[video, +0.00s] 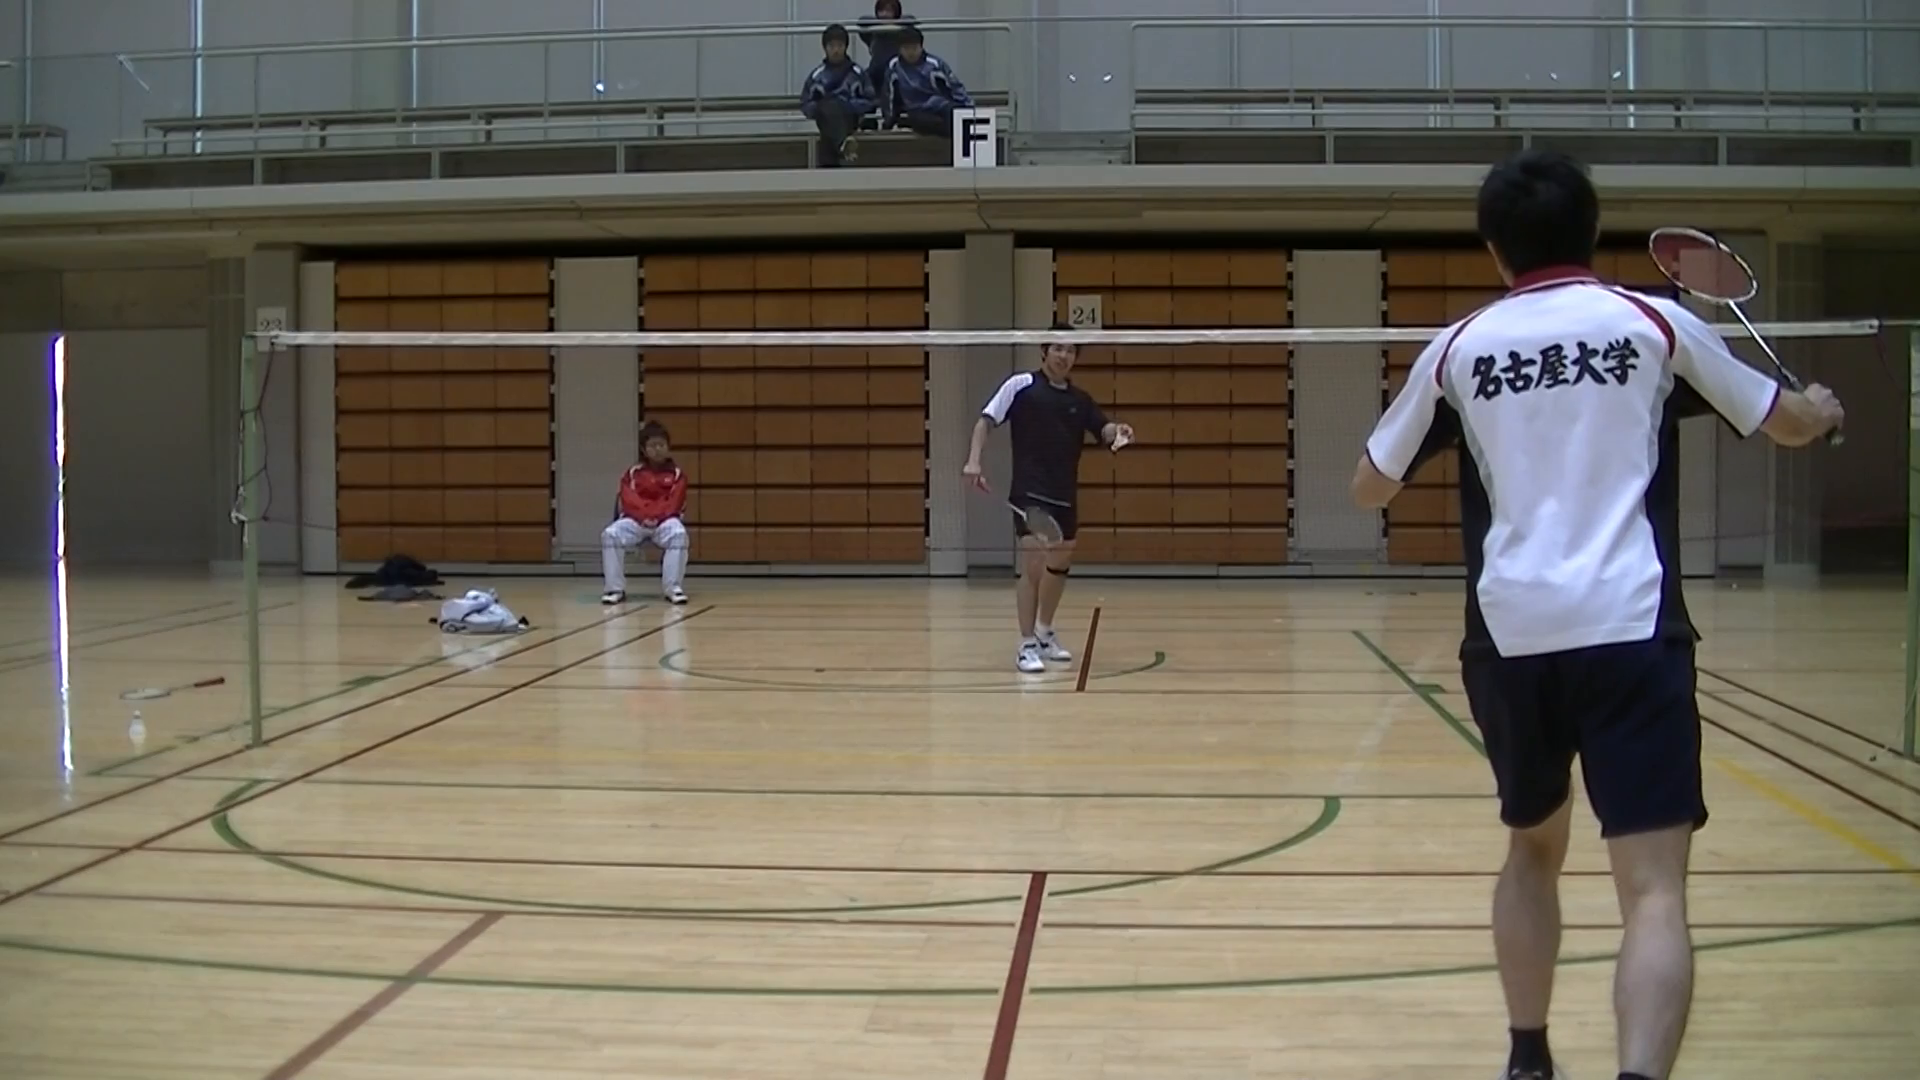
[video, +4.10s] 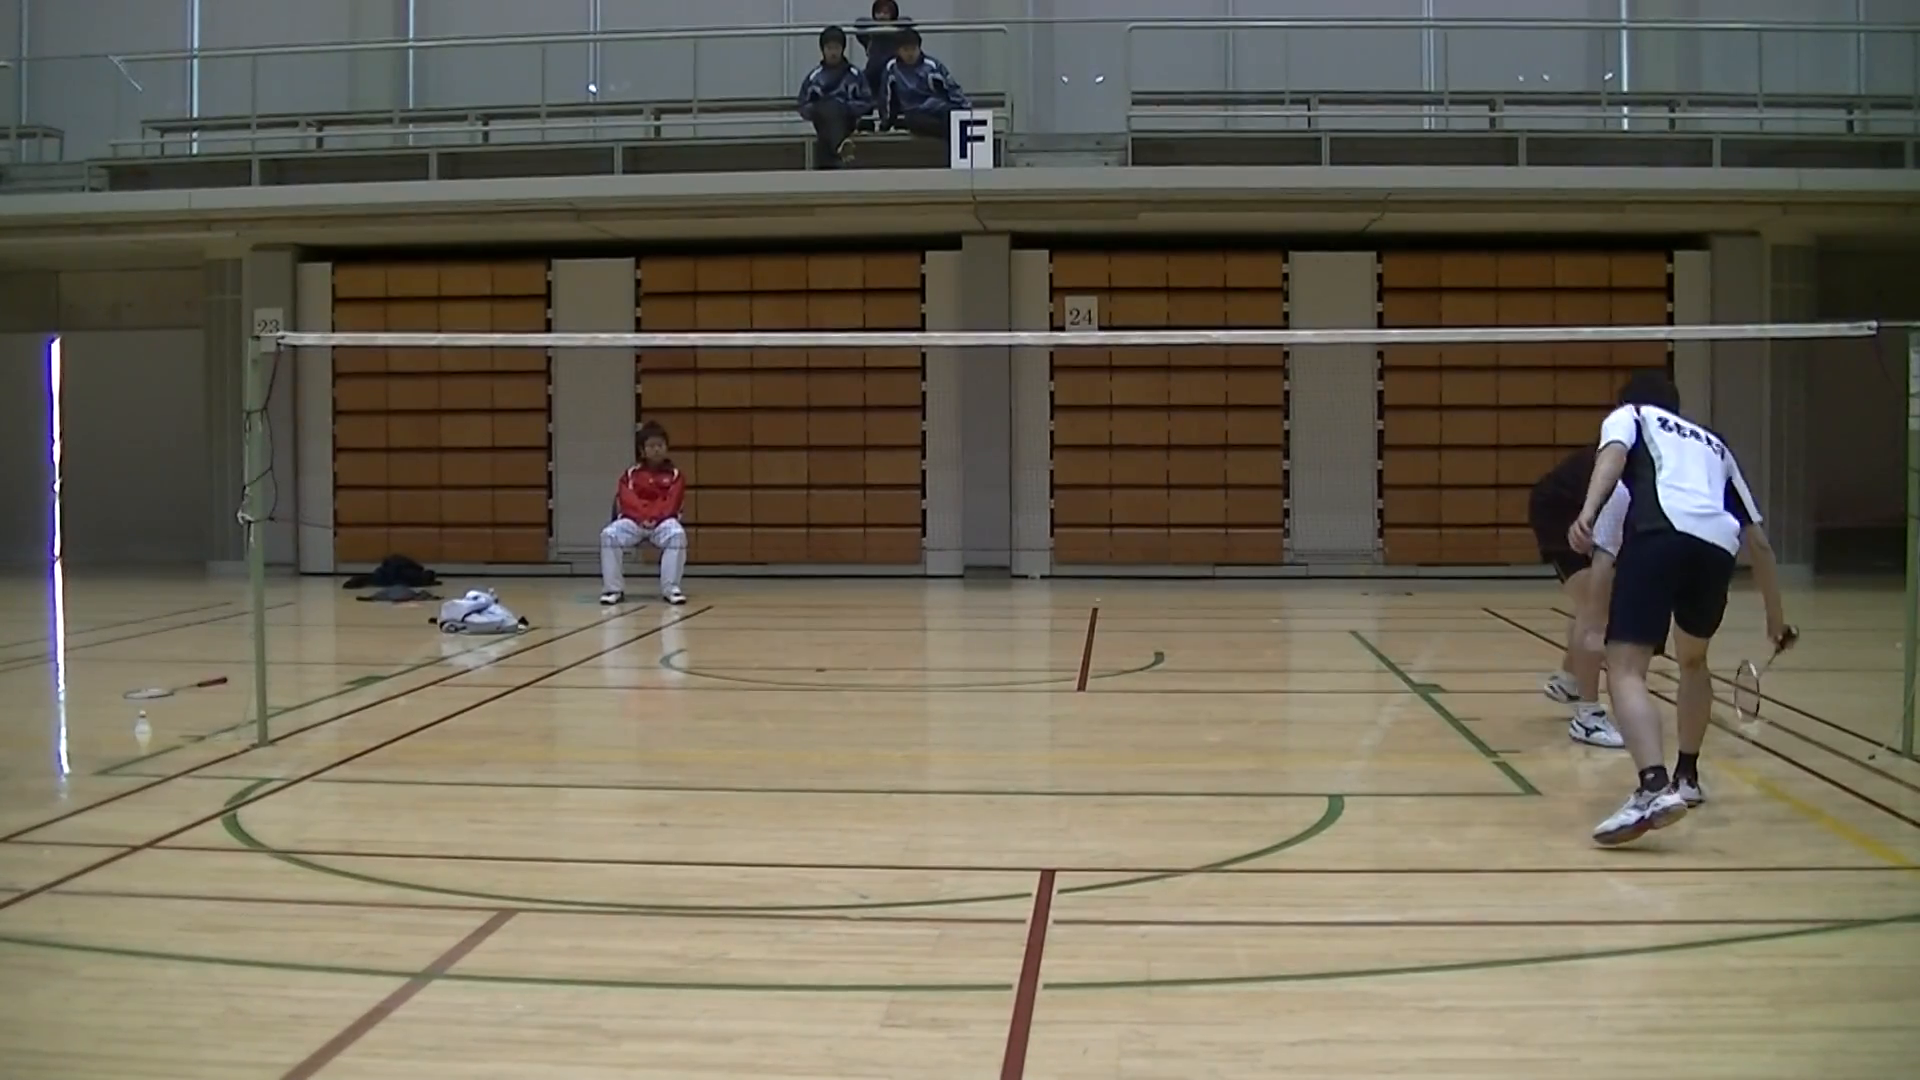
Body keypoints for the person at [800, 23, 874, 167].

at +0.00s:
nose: (836, 50)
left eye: (840, 45)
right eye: (831, 46)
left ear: (846, 47)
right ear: (825, 48)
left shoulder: (858, 73)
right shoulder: (816, 75)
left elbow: (870, 102)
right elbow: (806, 106)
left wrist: (846, 105)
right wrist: (822, 106)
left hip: (851, 117)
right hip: (823, 118)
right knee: (830, 104)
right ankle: (842, 143)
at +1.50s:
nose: (842, 50)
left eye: (846, 45)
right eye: (838, 46)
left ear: (852, 47)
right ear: (832, 48)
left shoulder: (866, 74)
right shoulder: (823, 76)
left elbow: (876, 103)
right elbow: (814, 105)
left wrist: (846, 103)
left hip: (860, 120)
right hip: (831, 120)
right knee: (835, 105)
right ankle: (851, 142)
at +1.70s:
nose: (877, 51)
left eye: (881, 46)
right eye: (873, 46)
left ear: (888, 47)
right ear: (867, 48)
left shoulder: (902, 74)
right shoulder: (859, 76)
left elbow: (914, 103)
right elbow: (851, 104)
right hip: (870, 125)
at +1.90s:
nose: (867, 49)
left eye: (871, 44)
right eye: (864, 44)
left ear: (878, 45)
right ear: (857, 46)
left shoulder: (890, 72)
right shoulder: (849, 73)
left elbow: (902, 101)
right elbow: (838, 102)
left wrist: (878, 104)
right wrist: (854, 109)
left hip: (884, 121)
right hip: (858, 122)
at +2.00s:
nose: (851, 50)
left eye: (855, 45)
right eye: (847, 45)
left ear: (861, 47)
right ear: (840, 47)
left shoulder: (875, 76)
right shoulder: (830, 77)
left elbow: (886, 102)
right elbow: (822, 104)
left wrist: (862, 105)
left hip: (869, 119)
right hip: (840, 119)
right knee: (850, 106)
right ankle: (861, 144)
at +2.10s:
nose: (838, 50)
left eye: (842, 44)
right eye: (833, 44)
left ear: (848, 46)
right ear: (827, 47)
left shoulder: (861, 74)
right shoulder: (818, 75)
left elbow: (872, 101)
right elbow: (808, 103)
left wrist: (848, 106)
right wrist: (828, 110)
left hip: (855, 126)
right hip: (828, 127)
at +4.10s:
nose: (833, 52)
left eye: (837, 47)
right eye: (829, 48)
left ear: (843, 49)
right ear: (822, 50)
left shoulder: (855, 74)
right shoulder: (813, 76)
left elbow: (867, 103)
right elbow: (803, 107)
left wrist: (843, 108)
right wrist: (823, 109)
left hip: (848, 122)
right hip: (821, 123)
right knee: (830, 106)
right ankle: (840, 145)